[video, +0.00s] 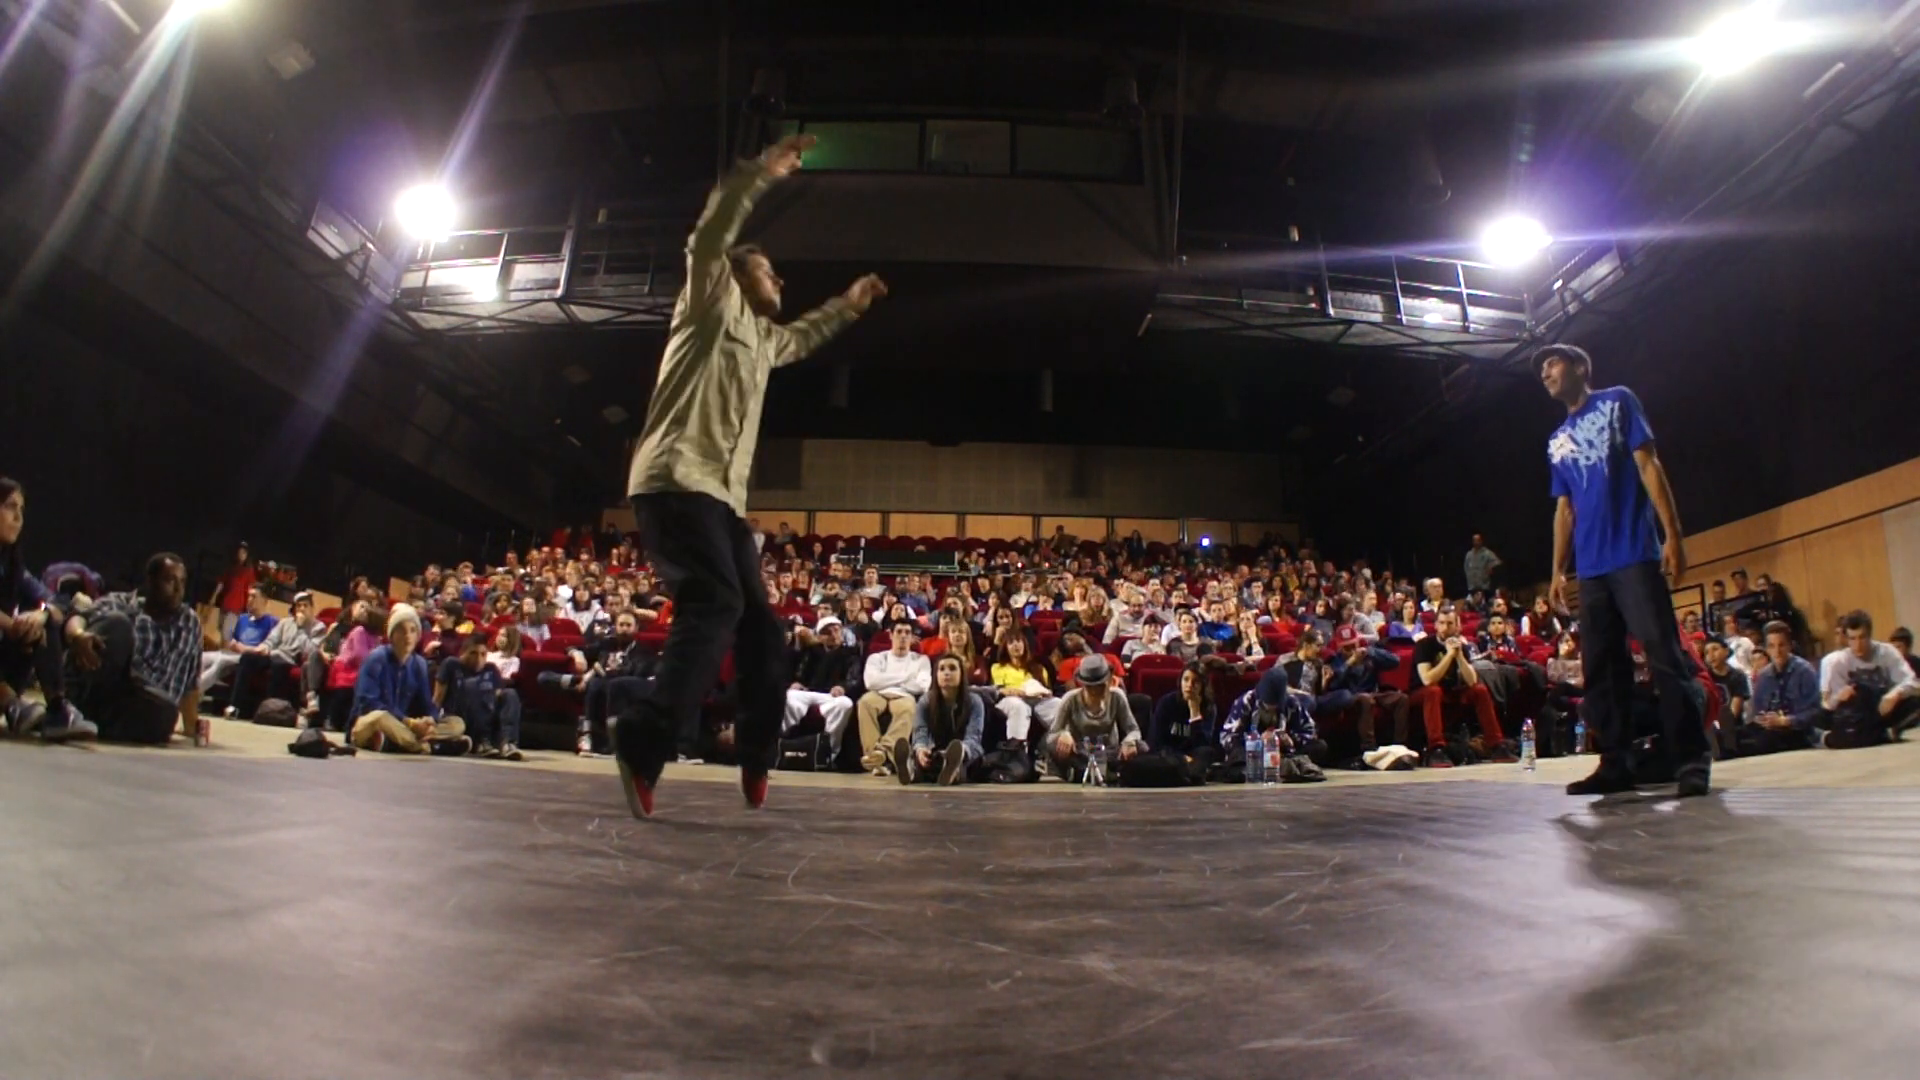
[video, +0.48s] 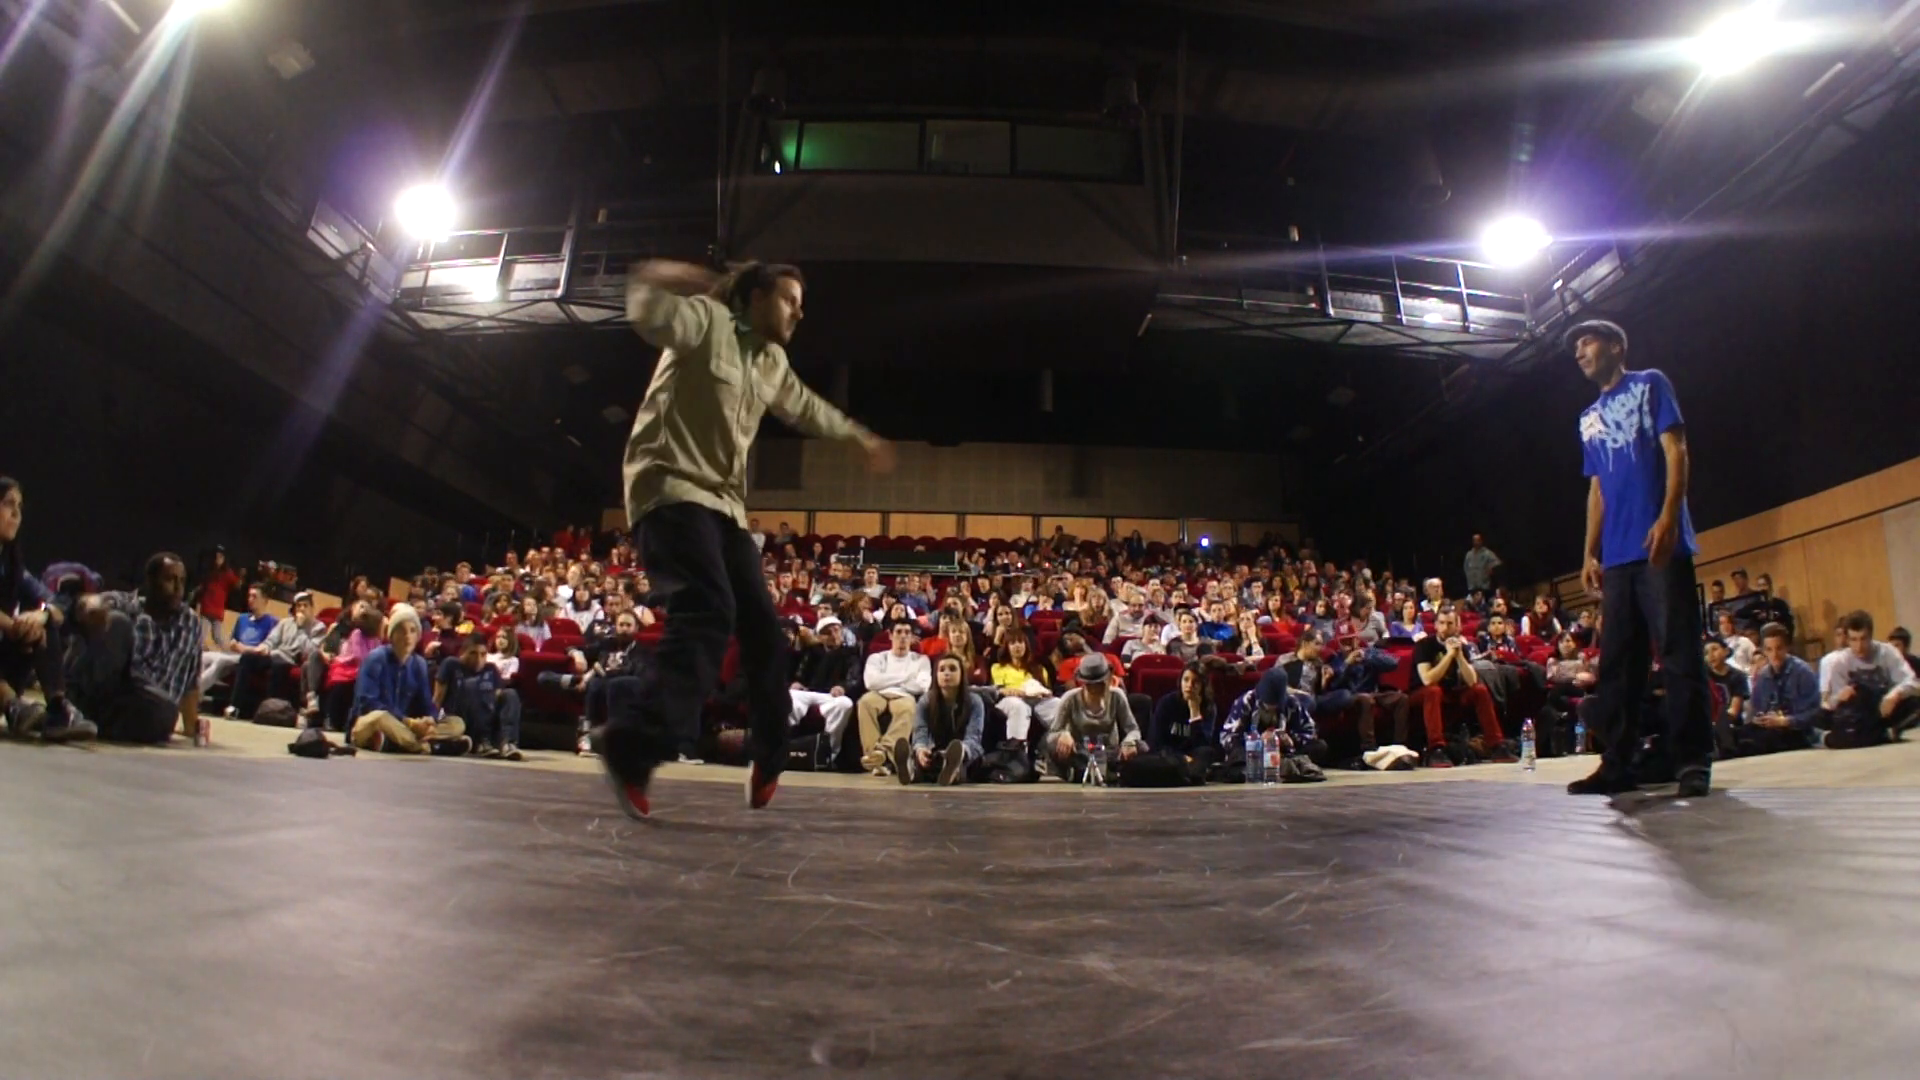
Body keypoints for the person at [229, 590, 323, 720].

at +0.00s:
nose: (302, 609)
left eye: (306, 606)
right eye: (299, 606)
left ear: (312, 609)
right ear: (294, 609)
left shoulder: (319, 628)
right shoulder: (286, 623)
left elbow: (310, 652)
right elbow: (271, 640)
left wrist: (301, 628)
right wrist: (264, 648)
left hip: (292, 661)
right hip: (273, 656)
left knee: (277, 666)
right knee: (248, 657)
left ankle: (271, 709)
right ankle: (235, 705)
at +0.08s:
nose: (302, 609)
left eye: (306, 606)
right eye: (299, 606)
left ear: (312, 609)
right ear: (294, 609)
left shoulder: (319, 628)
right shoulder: (286, 623)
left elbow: (310, 652)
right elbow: (271, 640)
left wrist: (301, 628)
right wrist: (264, 648)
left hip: (292, 661)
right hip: (273, 656)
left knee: (277, 666)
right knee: (248, 657)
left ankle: (271, 709)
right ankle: (235, 705)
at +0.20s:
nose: (302, 609)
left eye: (306, 606)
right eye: (299, 606)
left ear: (313, 609)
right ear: (294, 609)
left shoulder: (319, 628)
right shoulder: (286, 623)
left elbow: (310, 651)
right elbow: (271, 640)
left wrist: (301, 628)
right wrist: (264, 647)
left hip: (292, 661)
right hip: (273, 656)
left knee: (277, 666)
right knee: (248, 657)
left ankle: (272, 709)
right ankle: (235, 706)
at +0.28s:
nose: (302, 609)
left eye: (306, 606)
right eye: (299, 606)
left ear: (313, 609)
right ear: (294, 609)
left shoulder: (319, 628)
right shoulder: (286, 623)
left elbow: (310, 651)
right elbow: (271, 640)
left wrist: (301, 628)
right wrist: (265, 647)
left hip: (292, 661)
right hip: (273, 656)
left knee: (278, 666)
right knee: (247, 657)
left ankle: (272, 709)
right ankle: (235, 706)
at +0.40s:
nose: (302, 609)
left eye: (306, 606)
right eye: (299, 606)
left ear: (313, 609)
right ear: (294, 609)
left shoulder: (319, 628)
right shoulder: (285, 623)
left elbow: (310, 651)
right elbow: (271, 640)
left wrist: (301, 628)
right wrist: (265, 647)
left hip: (293, 661)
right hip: (274, 656)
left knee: (278, 666)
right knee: (247, 657)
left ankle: (272, 709)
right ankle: (235, 705)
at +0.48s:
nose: (302, 609)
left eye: (306, 606)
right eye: (299, 606)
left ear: (312, 609)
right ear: (294, 609)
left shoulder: (319, 628)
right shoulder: (286, 623)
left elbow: (310, 651)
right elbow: (271, 640)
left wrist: (301, 628)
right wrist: (264, 648)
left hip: (292, 661)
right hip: (273, 656)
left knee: (277, 666)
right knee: (248, 657)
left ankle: (271, 709)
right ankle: (235, 705)